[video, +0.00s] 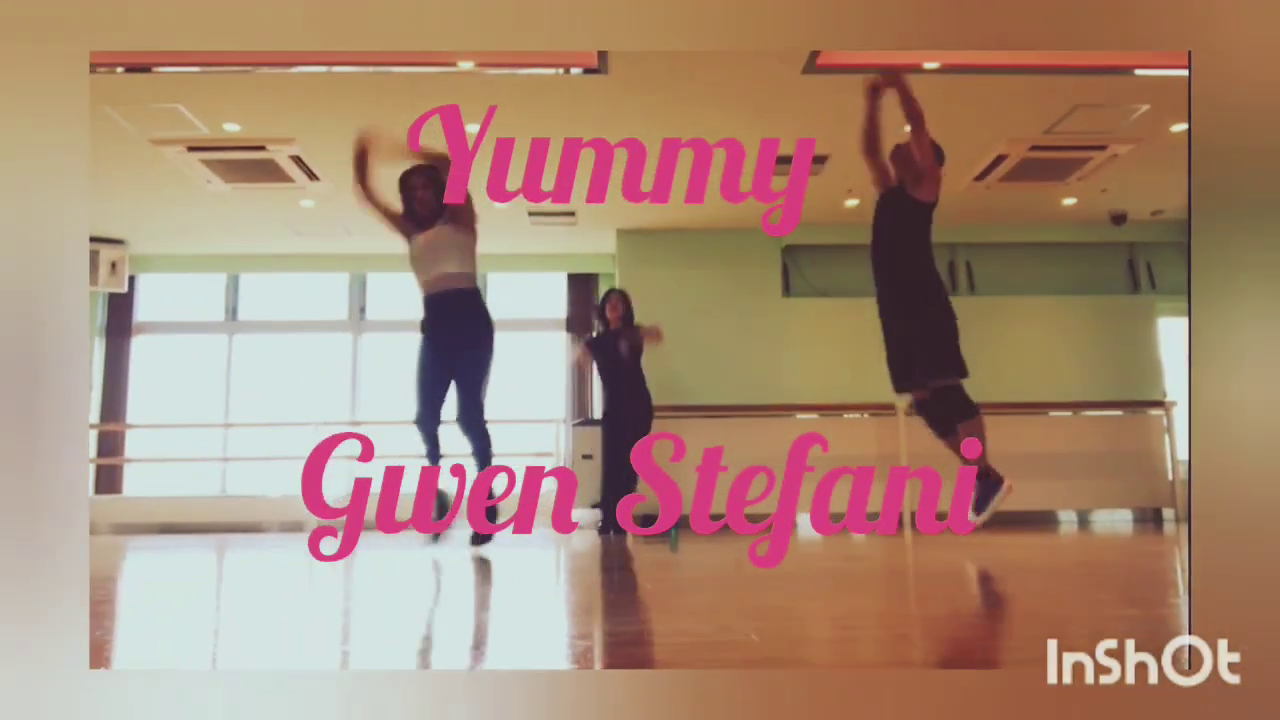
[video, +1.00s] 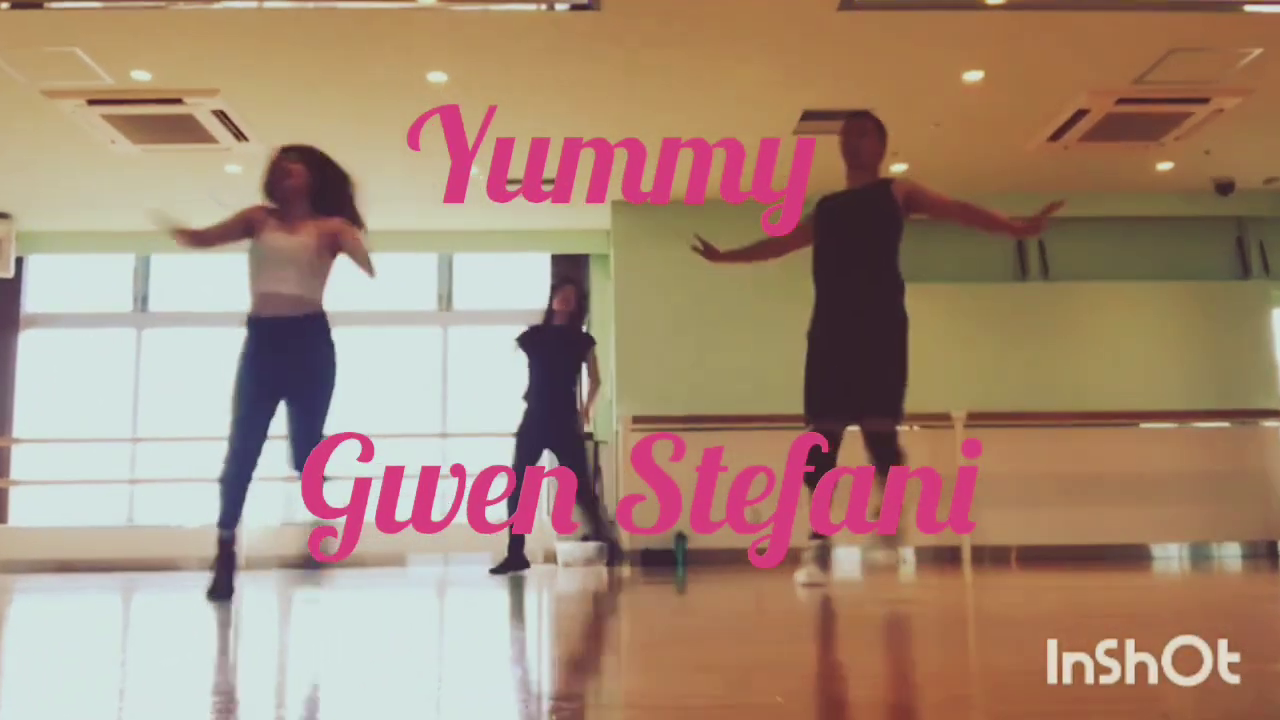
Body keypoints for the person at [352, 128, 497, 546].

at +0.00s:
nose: (419, 194)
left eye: (425, 187)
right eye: (411, 190)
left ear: (440, 189)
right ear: (405, 196)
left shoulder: (461, 218)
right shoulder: (410, 228)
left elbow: (460, 175)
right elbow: (366, 195)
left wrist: (433, 155)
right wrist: (362, 154)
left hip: (471, 320)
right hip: (437, 323)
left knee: (471, 416)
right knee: (426, 417)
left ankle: (486, 496)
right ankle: (435, 493)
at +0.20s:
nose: (416, 219)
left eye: (417, 210)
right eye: (413, 213)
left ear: (432, 212)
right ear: (424, 216)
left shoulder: (457, 236)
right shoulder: (426, 245)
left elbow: (459, 187)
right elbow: (427, 196)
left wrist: (457, 147)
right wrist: (442, 152)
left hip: (482, 345)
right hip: (458, 351)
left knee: (471, 440)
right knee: (463, 445)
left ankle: (511, 523)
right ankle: (505, 518)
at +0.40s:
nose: (418, 246)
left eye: (419, 238)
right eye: (415, 239)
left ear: (434, 230)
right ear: (424, 236)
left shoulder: (467, 257)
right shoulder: (438, 262)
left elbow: (448, 235)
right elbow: (405, 249)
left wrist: (431, 204)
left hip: (467, 369)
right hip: (446, 372)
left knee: (446, 461)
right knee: (369, 421)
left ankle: (505, 525)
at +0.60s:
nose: (424, 224)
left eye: (434, 224)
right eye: (432, 221)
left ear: (435, 243)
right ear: (448, 254)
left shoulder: (415, 271)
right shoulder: (408, 272)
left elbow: (440, 327)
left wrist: (469, 373)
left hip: (398, 388)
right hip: (394, 388)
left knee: (411, 487)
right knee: (302, 444)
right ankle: (273, 540)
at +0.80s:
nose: (339, 230)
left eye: (348, 227)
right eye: (343, 226)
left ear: (360, 243)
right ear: (349, 240)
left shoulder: (354, 272)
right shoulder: (324, 269)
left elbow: (352, 306)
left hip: (347, 391)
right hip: (317, 394)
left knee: (375, 481)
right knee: (235, 456)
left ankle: (469, 547)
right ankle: (249, 552)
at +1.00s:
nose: (285, 175)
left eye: (295, 169)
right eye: (280, 170)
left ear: (315, 179)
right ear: (272, 180)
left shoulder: (331, 227)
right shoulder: (259, 219)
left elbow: (367, 266)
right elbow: (207, 239)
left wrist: (350, 240)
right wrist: (179, 232)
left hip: (309, 341)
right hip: (262, 341)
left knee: (305, 454)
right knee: (242, 453)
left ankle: (330, 524)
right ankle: (225, 553)